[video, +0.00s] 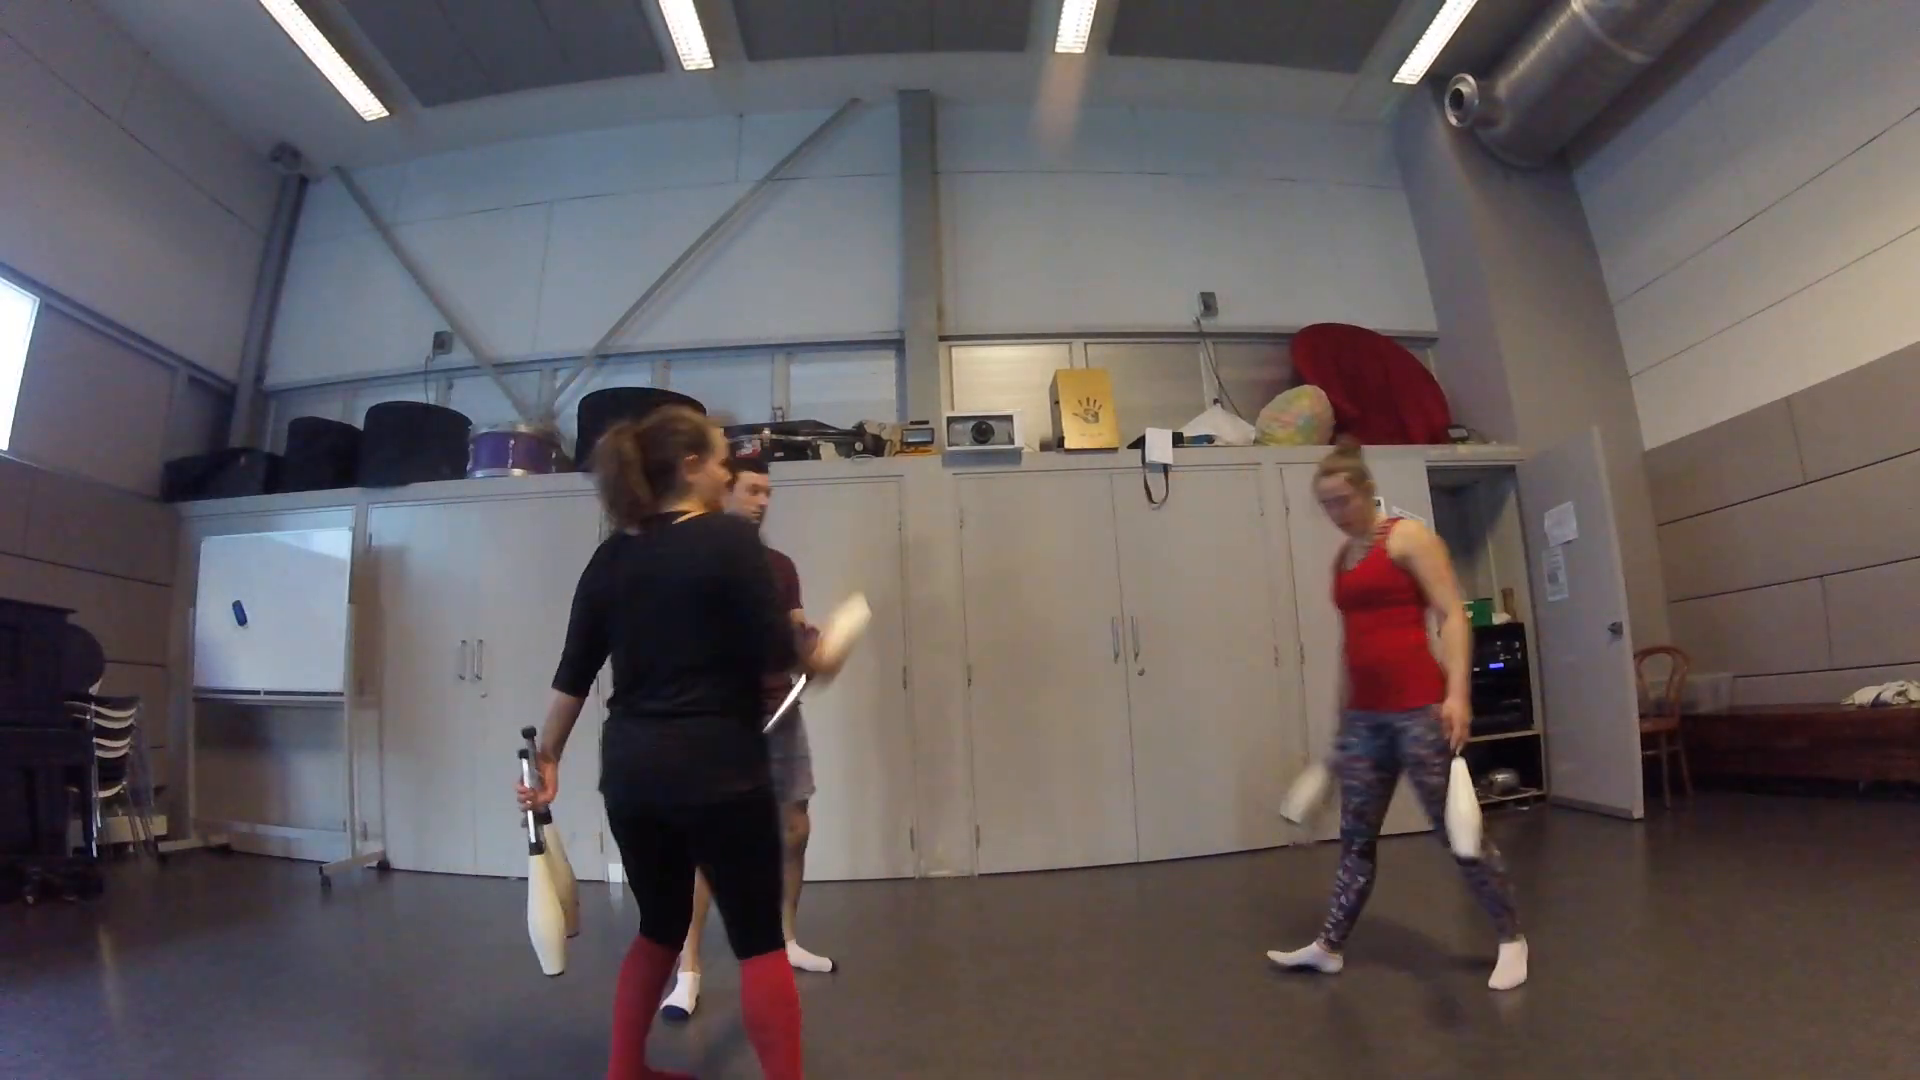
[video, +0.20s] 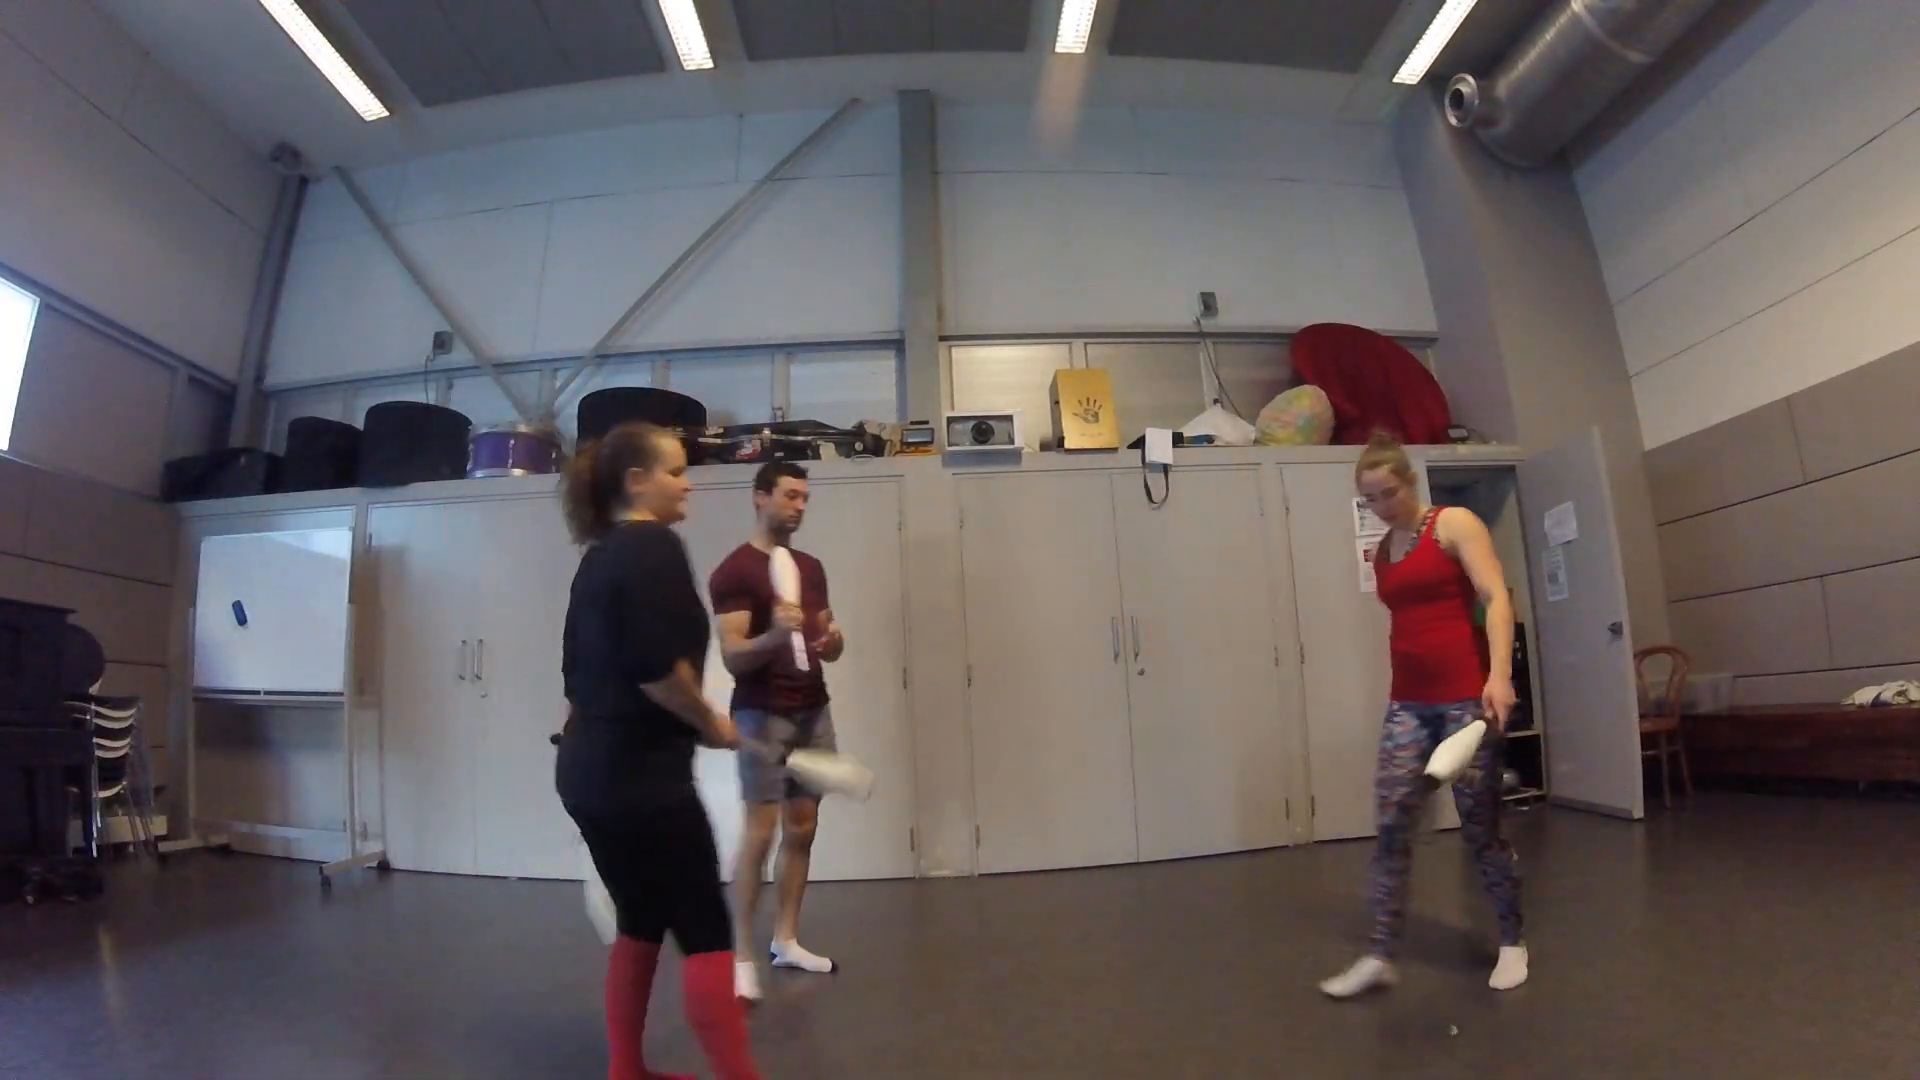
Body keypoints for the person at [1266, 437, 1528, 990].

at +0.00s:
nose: (1335, 512)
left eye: (1341, 499)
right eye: (1326, 503)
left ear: (1368, 491)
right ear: (1322, 505)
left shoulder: (1411, 538)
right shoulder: (1346, 556)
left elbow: (1453, 614)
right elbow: (1354, 644)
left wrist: (1457, 696)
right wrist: (1347, 718)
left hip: (1421, 711)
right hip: (1365, 716)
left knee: (1459, 827)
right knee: (1357, 836)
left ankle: (1511, 938)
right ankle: (1330, 944)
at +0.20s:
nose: (1379, 507)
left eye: (1386, 494)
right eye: (1370, 499)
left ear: (1411, 483)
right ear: (1366, 497)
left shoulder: (1455, 524)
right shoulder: (1388, 547)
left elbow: (1498, 596)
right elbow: (1409, 622)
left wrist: (1500, 675)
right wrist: (1404, 689)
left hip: (1466, 701)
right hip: (1408, 704)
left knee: (1482, 829)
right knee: (1393, 823)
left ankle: (1511, 942)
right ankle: (1381, 954)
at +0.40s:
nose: (1395, 503)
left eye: (1402, 491)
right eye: (1386, 495)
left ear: (1427, 479)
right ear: (1381, 493)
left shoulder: (1472, 527)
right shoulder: (1403, 541)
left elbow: (1491, 612)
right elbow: (1423, 620)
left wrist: (1475, 683)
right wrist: (1422, 690)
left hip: (1491, 698)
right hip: (1431, 703)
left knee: (1498, 828)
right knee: (1457, 830)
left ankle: (1514, 940)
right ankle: (1479, 964)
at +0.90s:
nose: (1348, 488)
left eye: (1357, 477)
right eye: (1345, 478)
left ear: (1392, 479)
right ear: (1357, 484)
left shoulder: (1433, 533)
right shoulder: (1370, 545)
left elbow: (1484, 615)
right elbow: (1375, 636)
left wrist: (1525, 691)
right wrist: (1361, 708)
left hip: (1445, 711)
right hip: (1388, 715)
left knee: (1472, 831)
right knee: (1397, 836)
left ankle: (1509, 944)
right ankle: (1381, 946)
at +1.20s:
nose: (1382, 466)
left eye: (1389, 461)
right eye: (1369, 457)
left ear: (1395, 477)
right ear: (1342, 473)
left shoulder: (1410, 532)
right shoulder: (1329, 545)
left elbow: (1434, 622)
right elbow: (1326, 636)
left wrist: (1439, 712)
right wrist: (1320, 711)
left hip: (1410, 708)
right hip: (1354, 711)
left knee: (1424, 837)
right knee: (1378, 835)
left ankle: (1478, 956)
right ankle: (1379, 949)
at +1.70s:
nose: (1329, 461)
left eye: (1339, 450)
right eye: (1330, 451)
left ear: (1373, 458)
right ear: (1364, 460)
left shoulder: (1395, 519)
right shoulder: (1375, 522)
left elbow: (1411, 623)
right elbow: (1388, 629)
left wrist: (1409, 717)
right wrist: (1359, 697)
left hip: (1417, 711)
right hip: (1383, 713)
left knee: (1418, 850)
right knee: (1370, 838)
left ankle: (1431, 999)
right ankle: (1367, 961)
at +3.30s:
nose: (1321, 473)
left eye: (1332, 463)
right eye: (1321, 464)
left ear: (1367, 470)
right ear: (1349, 473)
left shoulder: (1388, 528)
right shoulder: (1356, 533)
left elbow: (1396, 620)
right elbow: (1353, 632)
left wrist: (1334, 675)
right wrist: (1312, 675)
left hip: (1399, 707)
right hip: (1366, 709)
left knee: (1402, 836)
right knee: (1357, 828)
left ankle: (1396, 980)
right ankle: (1413, 936)